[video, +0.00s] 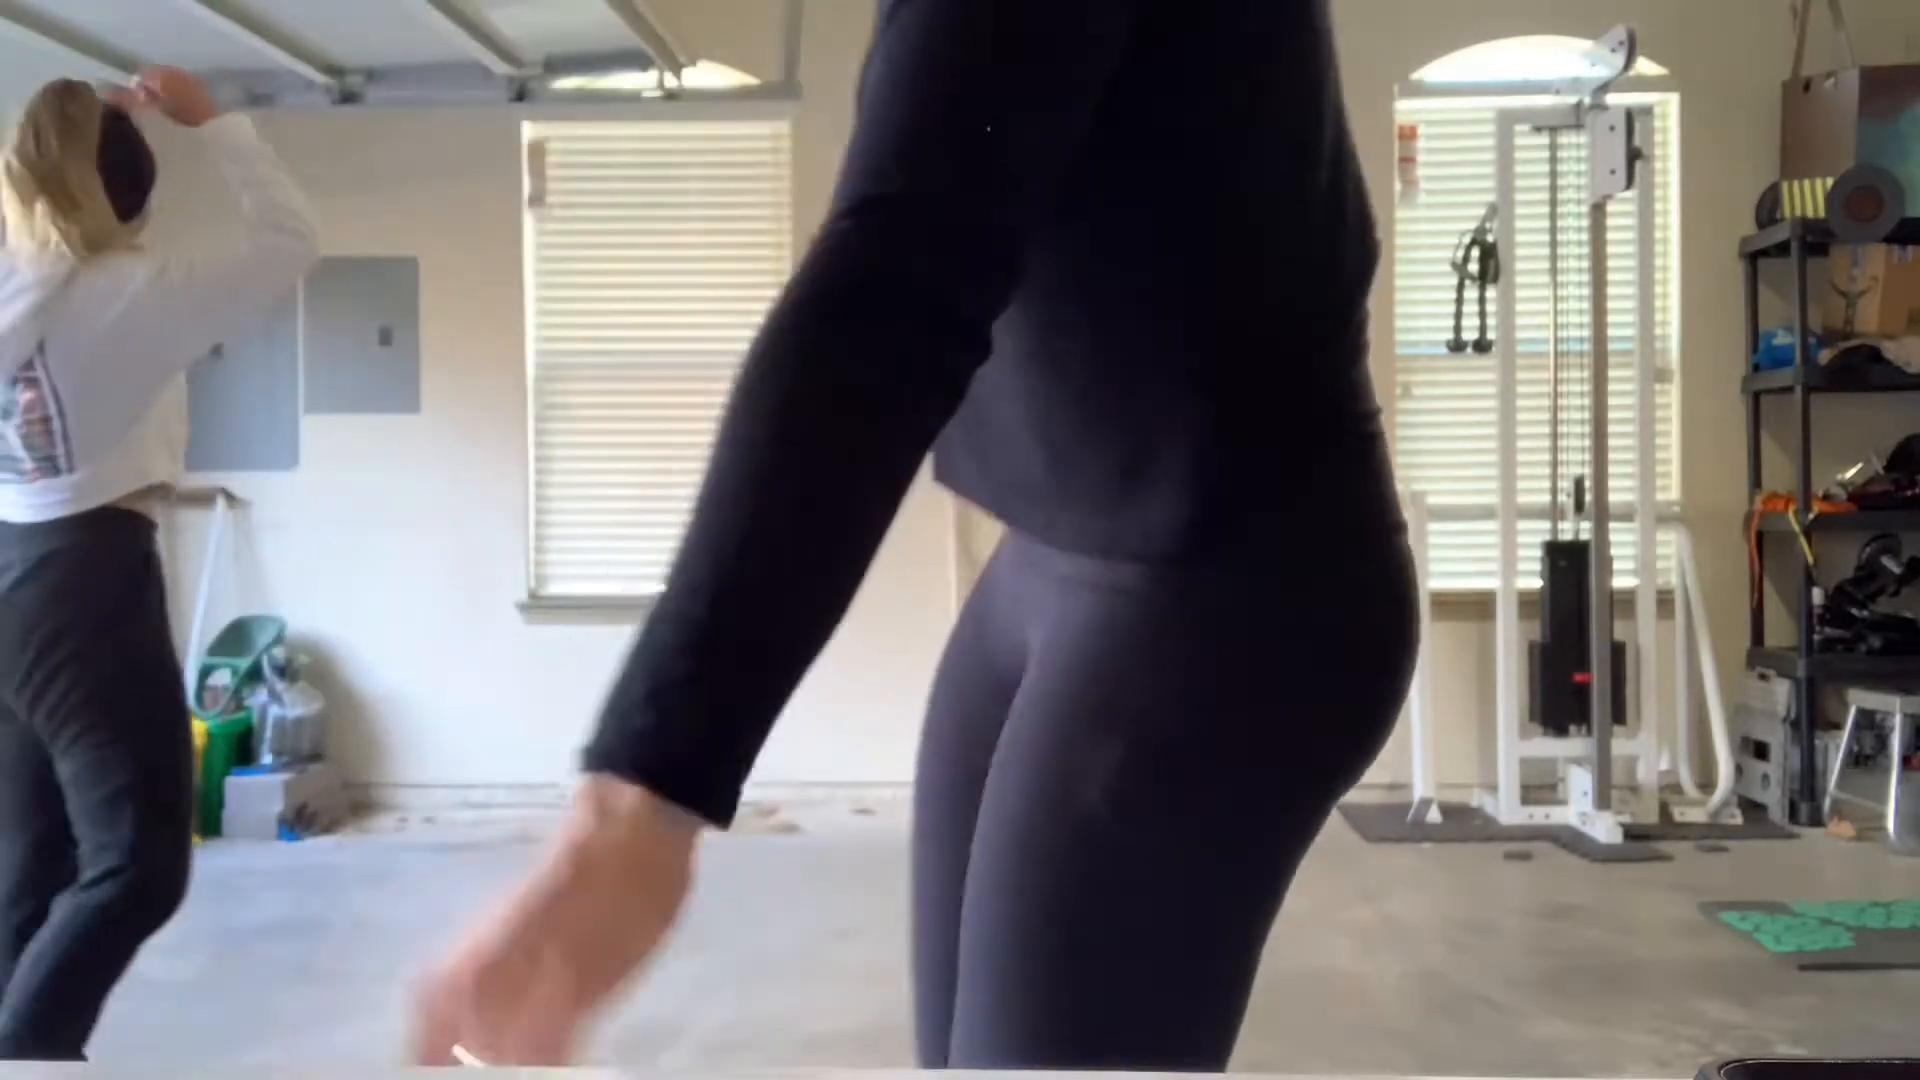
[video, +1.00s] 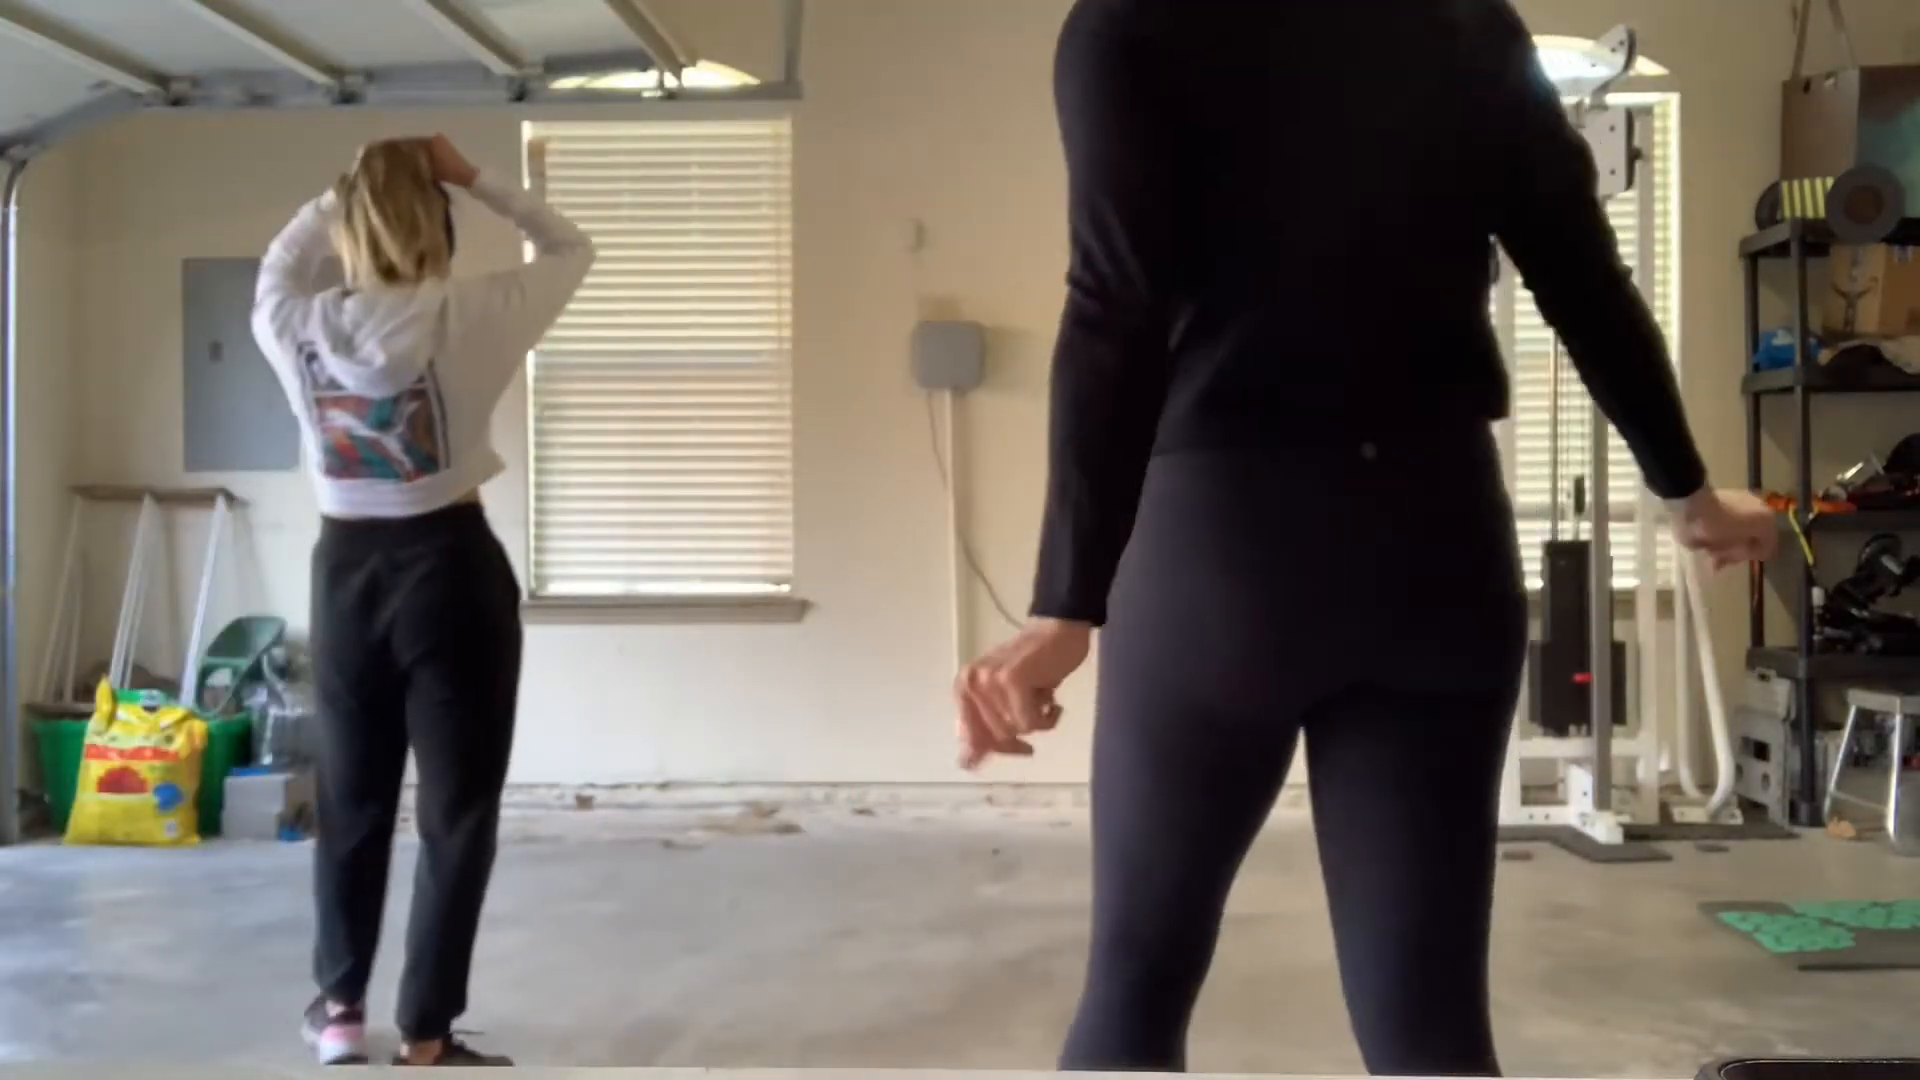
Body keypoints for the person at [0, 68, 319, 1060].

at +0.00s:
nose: (145, 184)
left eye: (139, 166)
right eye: (137, 167)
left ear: (25, 176)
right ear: (124, 181)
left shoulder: (10, 291)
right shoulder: (127, 298)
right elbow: (289, 241)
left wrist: (121, 134)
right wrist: (215, 121)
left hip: (14, 589)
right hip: (83, 591)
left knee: (31, 868)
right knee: (137, 868)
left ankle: (17, 1048)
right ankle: (26, 1056)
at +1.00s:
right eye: (441, 214)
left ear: (347, 235)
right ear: (444, 227)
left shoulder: (302, 325)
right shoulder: (478, 315)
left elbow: (280, 269)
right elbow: (569, 251)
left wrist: (341, 197)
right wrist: (475, 181)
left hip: (344, 573)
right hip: (452, 572)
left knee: (352, 803)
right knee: (458, 810)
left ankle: (339, 1011)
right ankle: (427, 1034)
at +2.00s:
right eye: (518, 271)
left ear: (447, 292)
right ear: (523, 290)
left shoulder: (410, 368)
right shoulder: (559, 363)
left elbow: (385, 344)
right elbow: (643, 343)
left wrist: (447, 297)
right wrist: (559, 298)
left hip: (453, 580)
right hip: (546, 578)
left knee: (430, 776)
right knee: (574, 764)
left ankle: (399, 960)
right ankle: (580, 931)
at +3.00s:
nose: (538, 297)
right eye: (537, 286)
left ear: (464, 296)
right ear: (532, 296)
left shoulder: (426, 392)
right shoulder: (560, 379)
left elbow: (415, 512)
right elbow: (596, 489)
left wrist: (458, 550)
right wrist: (640, 583)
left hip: (452, 575)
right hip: (541, 572)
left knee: (436, 746)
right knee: (561, 749)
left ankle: (411, 918)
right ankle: (576, 924)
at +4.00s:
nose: (539, 305)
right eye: (540, 293)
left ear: (473, 296)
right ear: (540, 299)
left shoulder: (424, 392)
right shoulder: (572, 385)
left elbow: (416, 508)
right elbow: (604, 496)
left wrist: (437, 562)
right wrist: (614, 572)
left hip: (457, 574)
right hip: (547, 572)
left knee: (436, 749)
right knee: (568, 751)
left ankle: (413, 919)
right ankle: (581, 926)